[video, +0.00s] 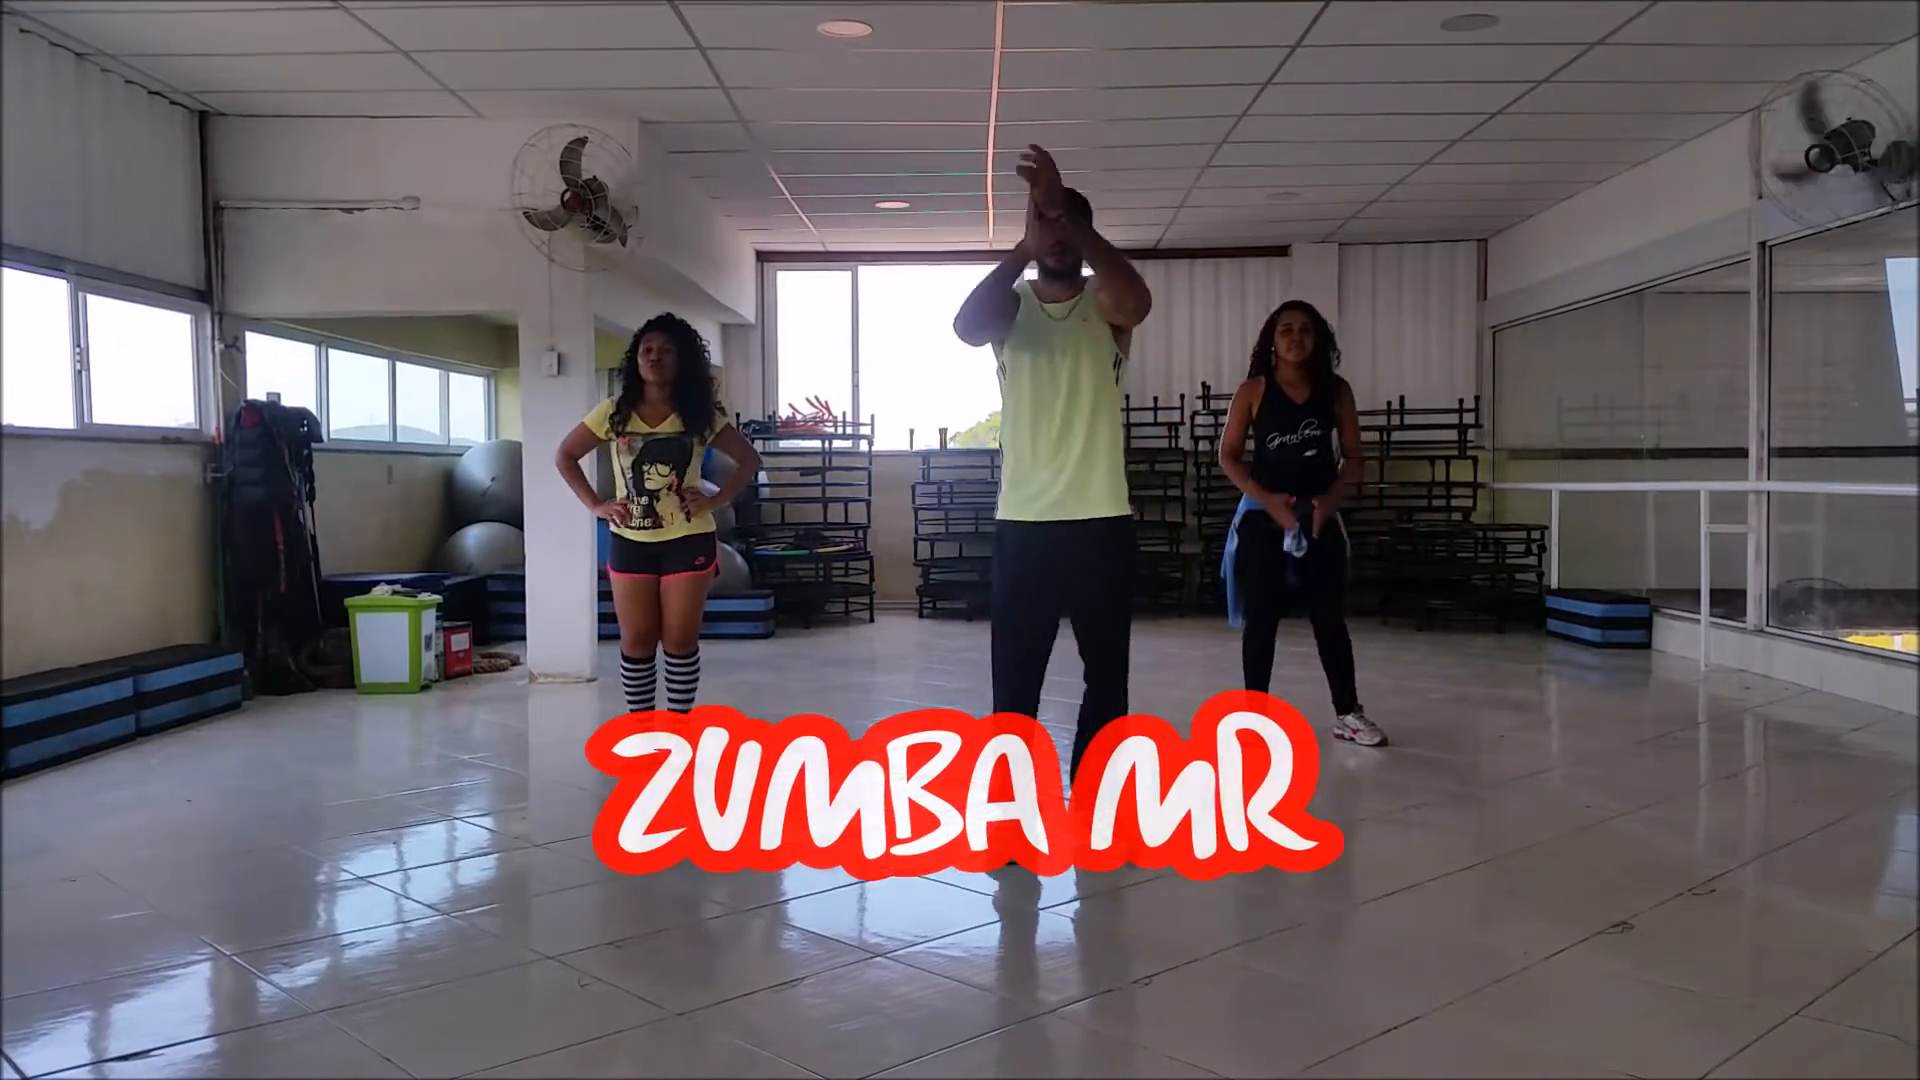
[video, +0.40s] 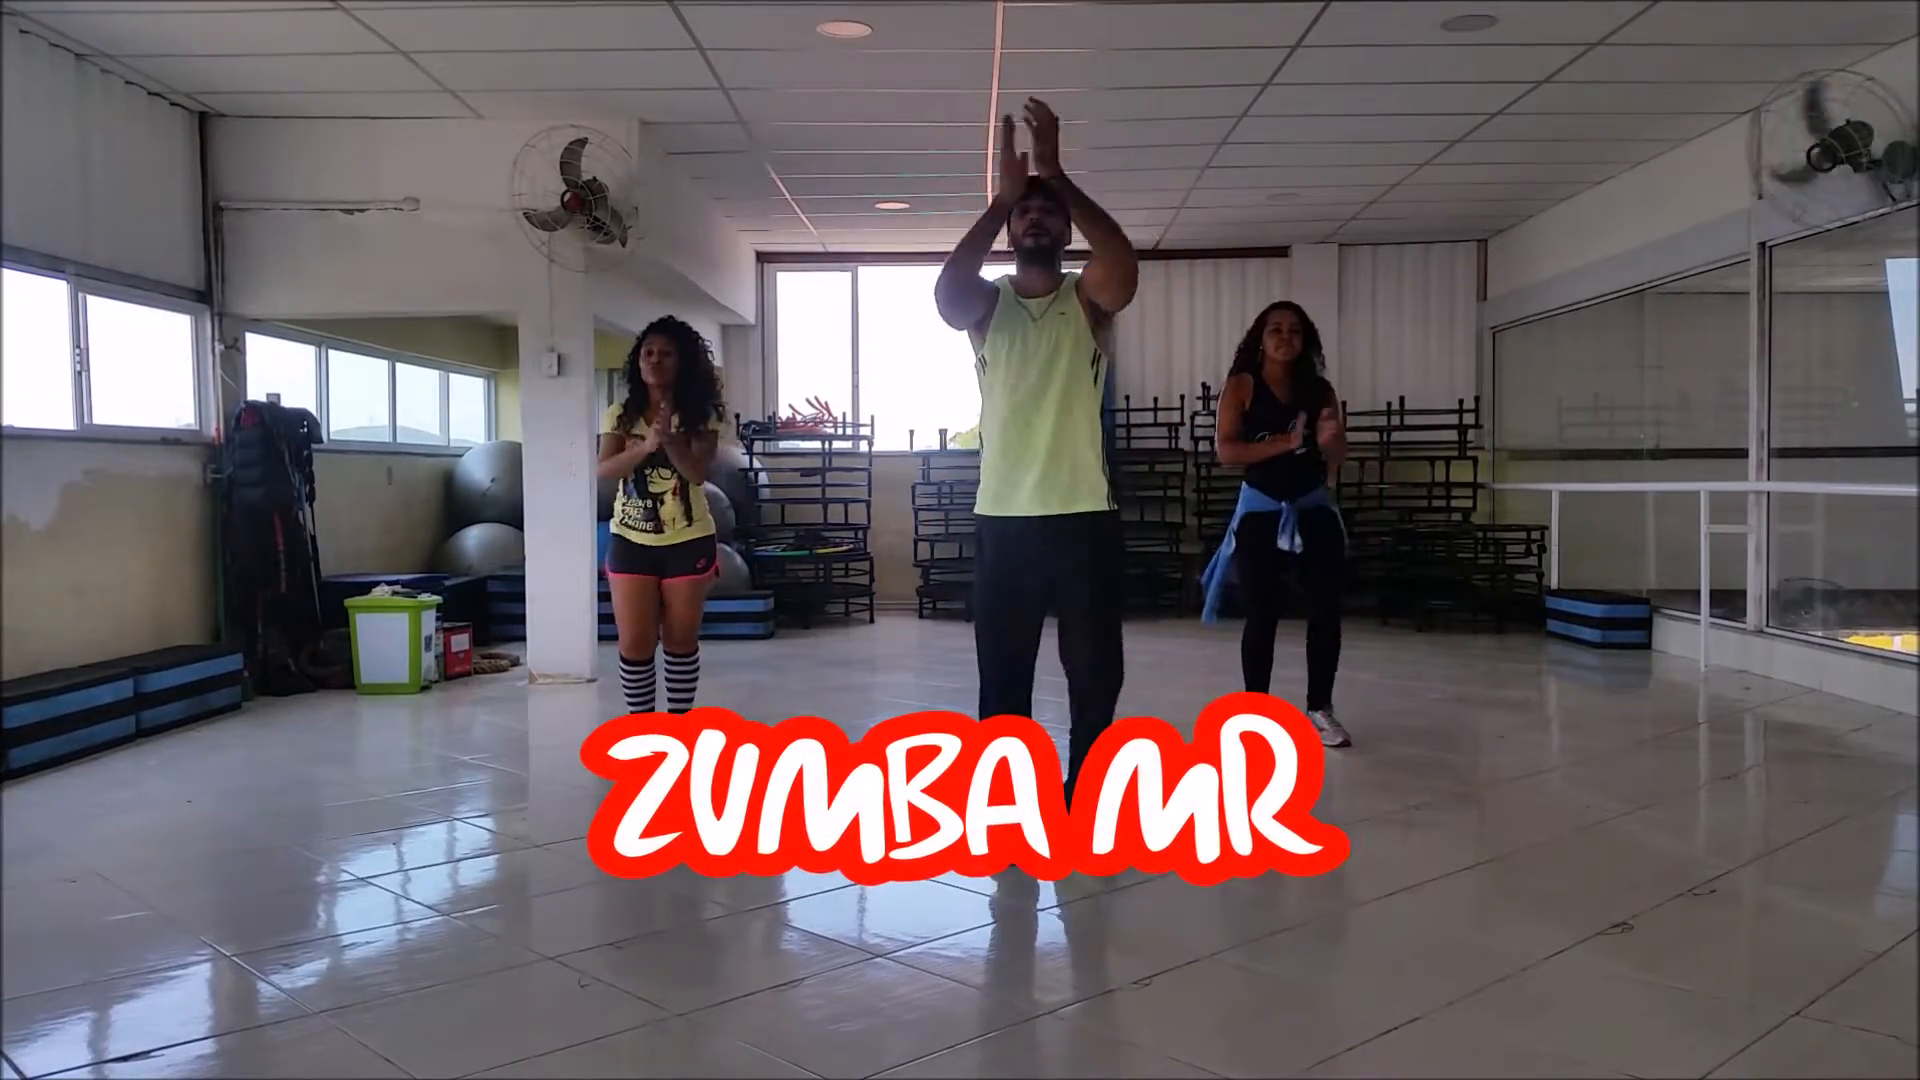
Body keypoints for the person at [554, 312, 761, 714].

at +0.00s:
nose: (653, 356)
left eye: (664, 349)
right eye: (646, 349)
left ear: (682, 359)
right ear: (635, 359)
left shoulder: (700, 413)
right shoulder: (615, 411)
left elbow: (750, 460)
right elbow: (565, 455)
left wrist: (716, 500)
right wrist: (595, 504)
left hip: (688, 541)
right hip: (630, 544)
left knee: (679, 642)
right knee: (636, 643)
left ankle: (679, 734)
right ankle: (641, 735)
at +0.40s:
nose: (654, 360)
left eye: (665, 353)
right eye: (647, 352)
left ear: (683, 363)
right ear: (638, 361)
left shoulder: (700, 414)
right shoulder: (621, 414)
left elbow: (698, 473)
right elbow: (604, 469)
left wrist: (670, 440)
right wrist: (646, 446)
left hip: (688, 541)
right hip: (630, 541)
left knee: (681, 643)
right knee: (634, 646)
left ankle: (680, 733)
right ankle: (641, 734)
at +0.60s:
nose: (645, 359)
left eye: (658, 354)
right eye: (639, 352)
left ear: (677, 367)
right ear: (631, 361)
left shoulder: (690, 412)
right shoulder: (614, 411)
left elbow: (733, 442)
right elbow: (565, 442)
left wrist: (710, 391)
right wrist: (592, 392)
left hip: (682, 542)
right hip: (624, 543)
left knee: (677, 642)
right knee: (630, 644)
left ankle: (681, 730)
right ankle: (640, 732)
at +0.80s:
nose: (651, 352)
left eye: (661, 348)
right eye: (644, 346)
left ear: (677, 358)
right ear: (632, 356)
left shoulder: (689, 405)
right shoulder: (618, 406)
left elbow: (708, 386)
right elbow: (589, 384)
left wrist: (685, 328)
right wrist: (612, 331)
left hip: (680, 538)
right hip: (623, 538)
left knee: (675, 639)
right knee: (633, 642)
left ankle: (681, 727)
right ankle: (640, 730)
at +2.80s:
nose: (666, 367)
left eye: (674, 359)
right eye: (657, 359)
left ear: (688, 363)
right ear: (642, 363)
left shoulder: (702, 407)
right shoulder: (625, 405)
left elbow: (710, 342)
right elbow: (602, 346)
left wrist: (674, 290)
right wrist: (649, 299)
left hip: (692, 541)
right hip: (634, 541)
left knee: (689, 647)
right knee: (640, 647)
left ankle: (692, 736)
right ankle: (652, 739)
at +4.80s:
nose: (662, 363)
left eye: (671, 354)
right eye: (654, 354)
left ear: (689, 359)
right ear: (642, 360)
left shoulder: (706, 405)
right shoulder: (629, 403)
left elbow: (725, 345)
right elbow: (596, 347)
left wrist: (689, 288)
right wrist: (631, 291)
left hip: (695, 542)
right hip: (636, 540)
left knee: (689, 644)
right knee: (623, 642)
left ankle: (686, 738)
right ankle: (644, 734)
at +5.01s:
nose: (664, 359)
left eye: (674, 351)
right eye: (656, 351)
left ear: (691, 360)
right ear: (645, 358)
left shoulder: (711, 412)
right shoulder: (628, 410)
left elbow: (763, 408)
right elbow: (564, 410)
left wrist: (726, 355)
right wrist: (588, 352)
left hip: (696, 540)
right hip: (637, 538)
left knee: (689, 641)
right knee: (620, 640)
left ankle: (688, 739)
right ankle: (626, 740)